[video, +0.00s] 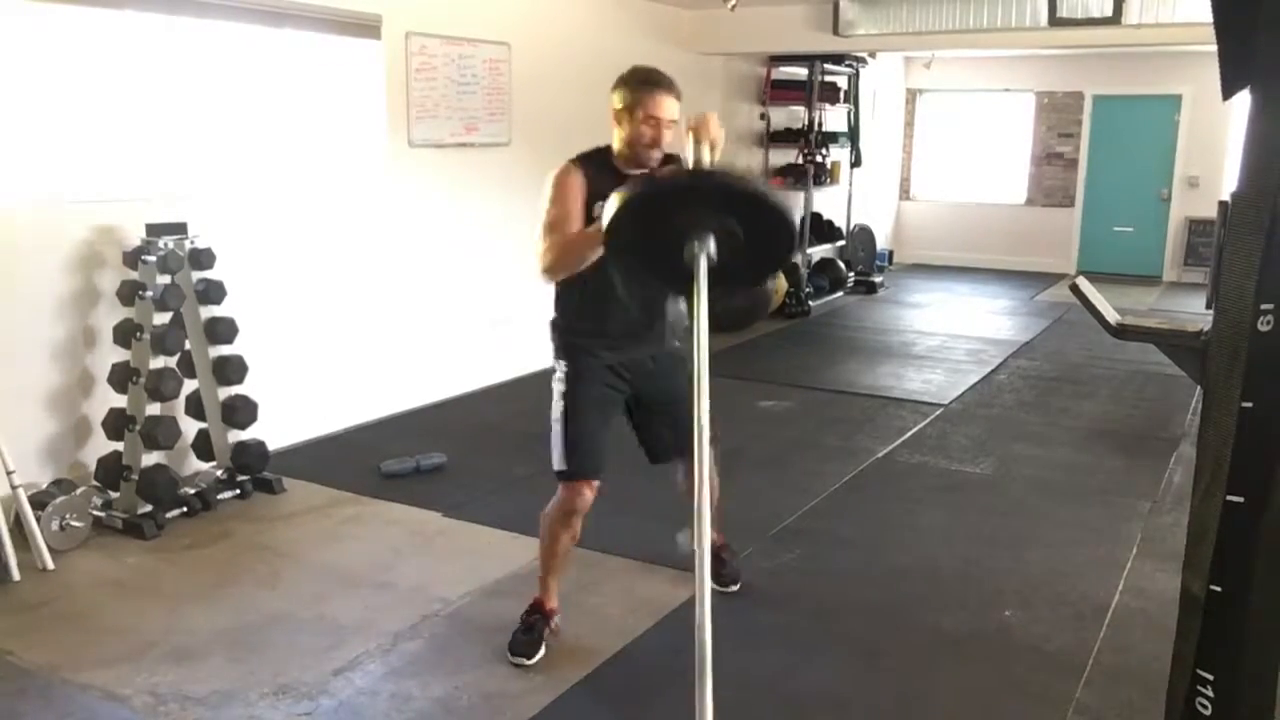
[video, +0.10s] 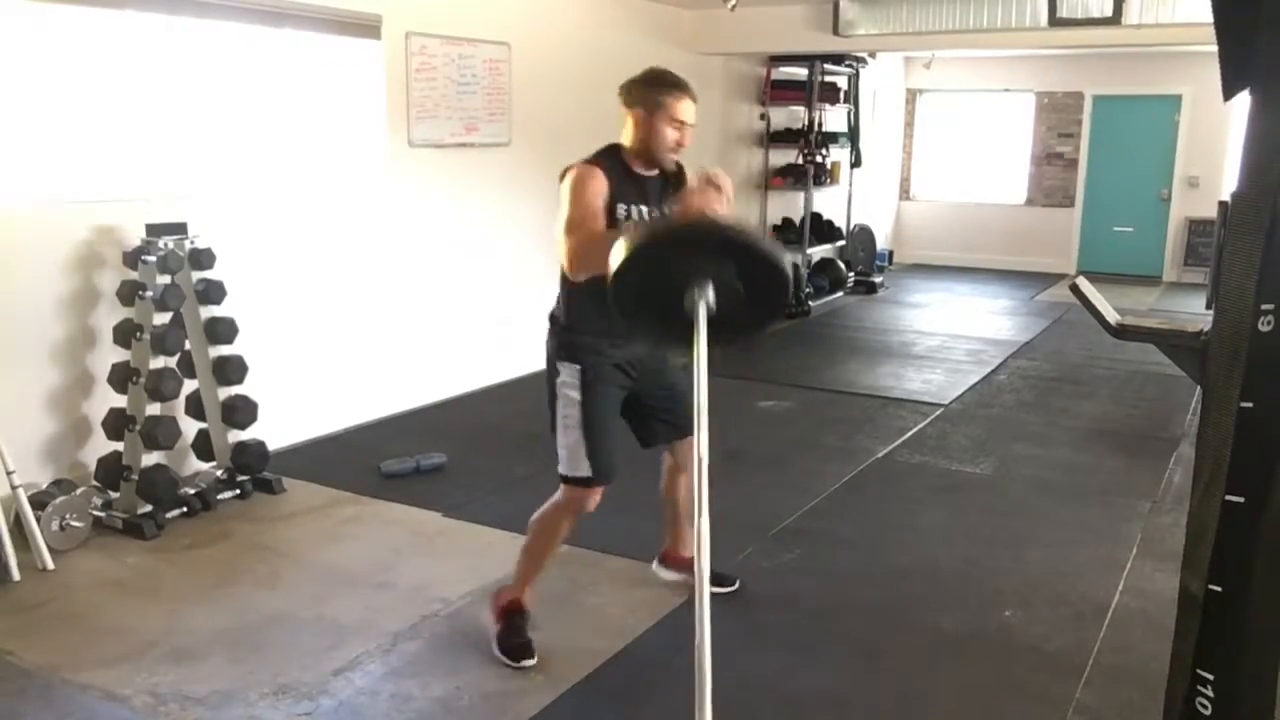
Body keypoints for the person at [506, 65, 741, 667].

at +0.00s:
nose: (659, 134)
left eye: (668, 123)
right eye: (648, 121)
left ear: (679, 127)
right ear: (618, 117)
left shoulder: (677, 175)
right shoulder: (579, 176)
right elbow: (552, 264)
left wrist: (706, 167)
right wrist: (618, 223)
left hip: (664, 348)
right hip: (590, 353)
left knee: (699, 459)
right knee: (577, 493)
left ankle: (710, 545)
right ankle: (544, 605)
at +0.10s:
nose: (684, 136)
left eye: (688, 124)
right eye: (675, 122)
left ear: (684, 126)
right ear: (636, 117)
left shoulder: (675, 186)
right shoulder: (590, 178)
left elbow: (682, 263)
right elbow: (578, 260)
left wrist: (708, 219)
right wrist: (671, 219)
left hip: (652, 341)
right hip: (587, 345)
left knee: (688, 442)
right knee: (582, 488)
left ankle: (678, 553)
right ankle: (512, 601)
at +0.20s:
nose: (704, 152)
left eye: (706, 140)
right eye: (696, 139)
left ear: (672, 138)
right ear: (658, 135)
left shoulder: (679, 196)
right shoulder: (611, 192)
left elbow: (692, 265)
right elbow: (593, 276)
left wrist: (720, 272)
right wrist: (680, 274)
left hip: (637, 348)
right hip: (586, 353)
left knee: (677, 445)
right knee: (584, 495)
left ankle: (675, 560)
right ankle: (489, 605)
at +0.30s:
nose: (720, 177)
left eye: (721, 165)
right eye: (714, 164)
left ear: (682, 161)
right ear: (679, 159)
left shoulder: (670, 212)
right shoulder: (636, 217)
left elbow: (675, 290)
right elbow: (633, 308)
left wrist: (708, 336)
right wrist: (709, 341)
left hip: (626, 359)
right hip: (582, 365)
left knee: (682, 438)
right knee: (586, 506)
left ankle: (674, 561)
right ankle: (478, 609)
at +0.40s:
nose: (728, 211)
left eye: (729, 198)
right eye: (723, 198)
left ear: (688, 196)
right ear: (693, 196)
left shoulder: (658, 236)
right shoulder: (663, 257)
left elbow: (649, 325)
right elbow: (669, 363)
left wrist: (695, 361)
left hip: (619, 381)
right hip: (580, 390)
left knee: (684, 450)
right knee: (594, 529)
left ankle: (674, 557)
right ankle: (466, 618)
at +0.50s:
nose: (738, 251)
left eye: (740, 240)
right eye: (734, 238)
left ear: (693, 236)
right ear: (704, 237)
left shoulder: (646, 265)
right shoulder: (684, 303)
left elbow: (634, 361)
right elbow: (688, 417)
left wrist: (683, 436)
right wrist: (703, 480)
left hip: (616, 401)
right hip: (576, 417)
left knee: (688, 444)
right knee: (604, 549)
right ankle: (469, 616)